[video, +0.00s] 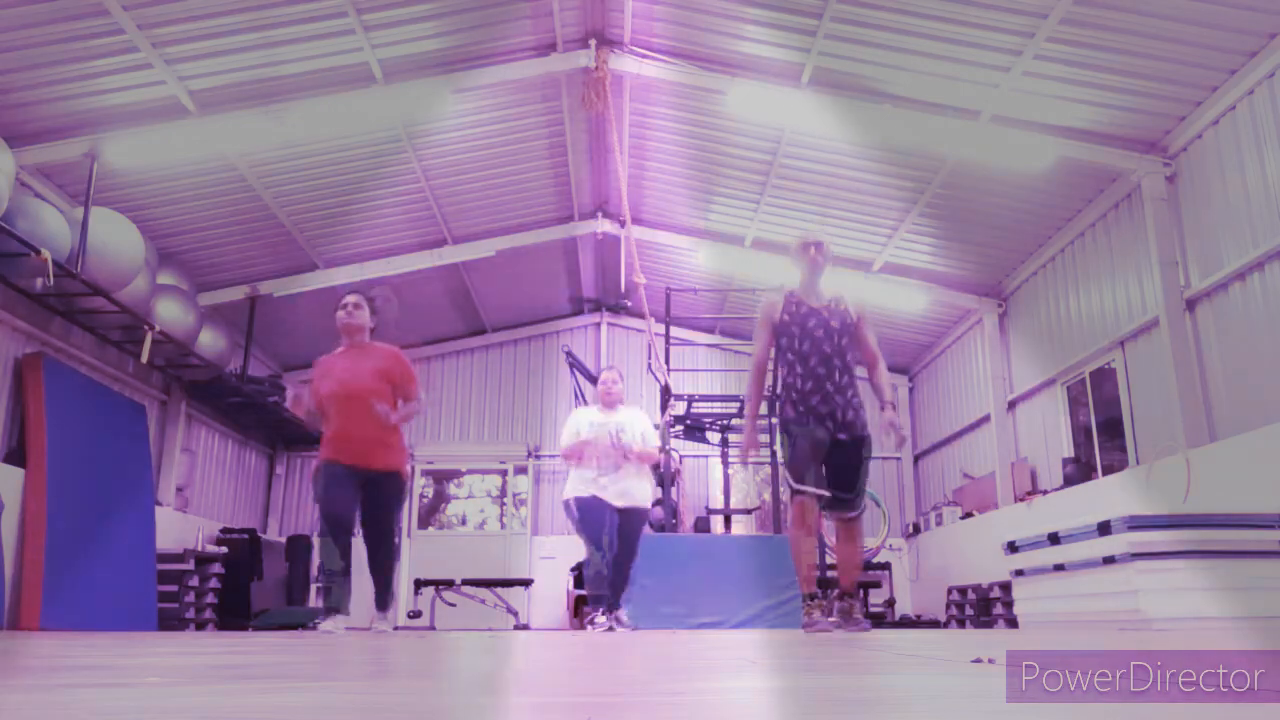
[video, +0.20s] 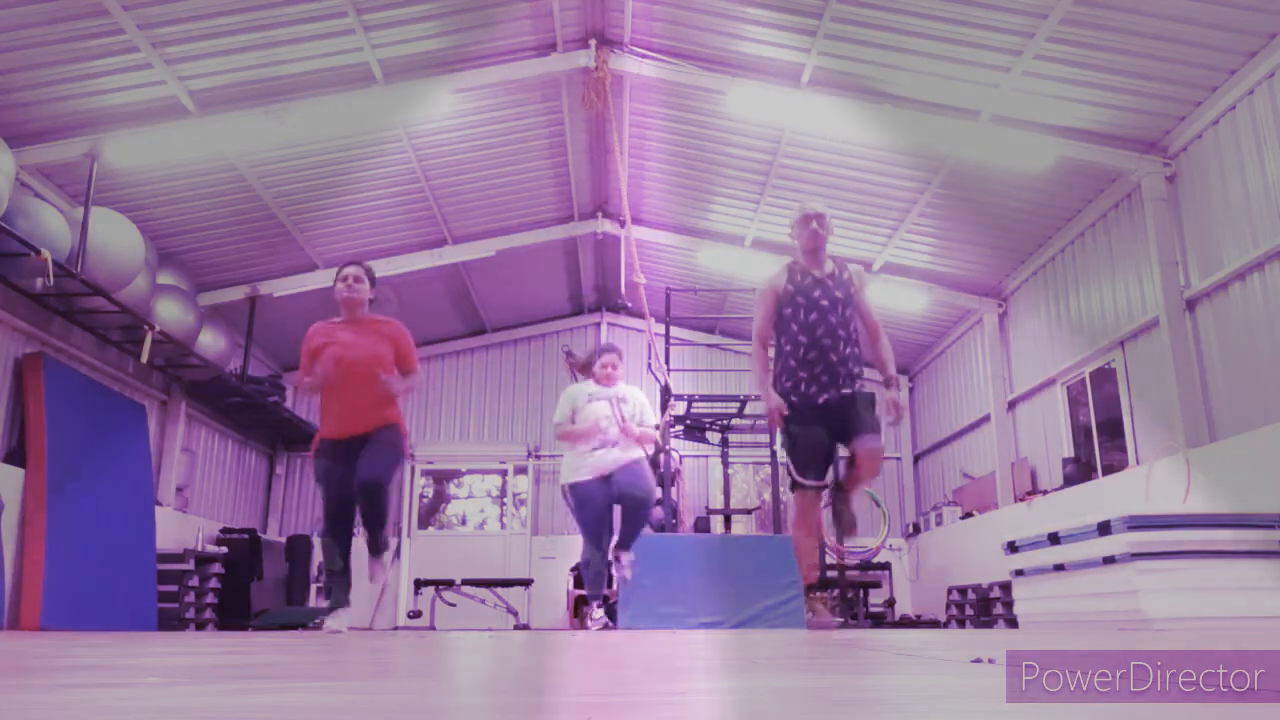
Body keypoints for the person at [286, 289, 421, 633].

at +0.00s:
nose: (349, 311)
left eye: (357, 307)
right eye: (343, 307)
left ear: (371, 319)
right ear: (336, 320)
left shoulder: (390, 356)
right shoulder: (324, 364)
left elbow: (415, 402)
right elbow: (319, 417)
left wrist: (396, 416)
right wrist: (300, 407)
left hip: (383, 463)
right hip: (338, 461)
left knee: (380, 536)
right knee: (335, 529)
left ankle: (383, 610)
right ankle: (335, 611)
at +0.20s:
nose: (350, 285)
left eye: (358, 280)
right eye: (344, 280)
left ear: (371, 291)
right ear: (334, 290)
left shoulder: (392, 330)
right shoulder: (319, 332)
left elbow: (413, 376)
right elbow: (304, 384)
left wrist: (397, 385)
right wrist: (320, 377)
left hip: (382, 430)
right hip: (336, 436)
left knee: (370, 480)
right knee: (336, 518)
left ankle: (378, 550)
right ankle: (338, 605)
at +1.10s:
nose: (349, 270)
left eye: (358, 266)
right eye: (343, 265)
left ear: (373, 278)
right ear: (335, 276)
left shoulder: (387, 321)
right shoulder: (324, 322)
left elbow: (407, 378)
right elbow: (318, 382)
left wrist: (351, 365)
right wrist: (295, 415)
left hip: (364, 435)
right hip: (320, 429)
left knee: (356, 528)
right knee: (289, 464)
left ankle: (354, 611)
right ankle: (302, 552)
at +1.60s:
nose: (317, 250)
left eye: (326, 244)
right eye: (311, 244)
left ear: (341, 256)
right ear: (301, 255)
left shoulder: (361, 303)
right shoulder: (281, 308)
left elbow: (388, 363)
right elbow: (262, 366)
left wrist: (383, 419)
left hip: (347, 427)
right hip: (294, 431)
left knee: (341, 501)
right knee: (291, 527)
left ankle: (349, 559)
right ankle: (298, 612)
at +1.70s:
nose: (320, 233)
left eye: (328, 227)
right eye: (312, 227)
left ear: (342, 238)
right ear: (301, 237)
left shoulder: (363, 287)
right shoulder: (280, 283)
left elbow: (389, 348)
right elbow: (254, 343)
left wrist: (390, 398)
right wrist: (268, 312)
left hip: (344, 392)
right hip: (294, 401)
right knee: (292, 509)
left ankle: (339, 531)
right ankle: (296, 606)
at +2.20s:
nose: (321, 216)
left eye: (331, 212)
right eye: (314, 210)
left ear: (346, 228)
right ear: (302, 223)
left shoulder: (361, 276)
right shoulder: (275, 271)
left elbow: (385, 338)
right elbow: (249, 329)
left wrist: (377, 371)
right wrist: (274, 335)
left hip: (337, 386)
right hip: (281, 389)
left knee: (311, 467)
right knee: (281, 485)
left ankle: (301, 586)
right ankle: (302, 581)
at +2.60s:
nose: (317, 208)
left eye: (328, 202)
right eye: (310, 201)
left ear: (346, 217)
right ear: (301, 213)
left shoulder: (363, 265)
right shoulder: (282, 265)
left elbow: (396, 326)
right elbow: (268, 327)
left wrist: (355, 340)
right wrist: (244, 365)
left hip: (339, 396)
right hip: (286, 392)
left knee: (322, 491)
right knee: (253, 440)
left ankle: (308, 603)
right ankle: (276, 535)